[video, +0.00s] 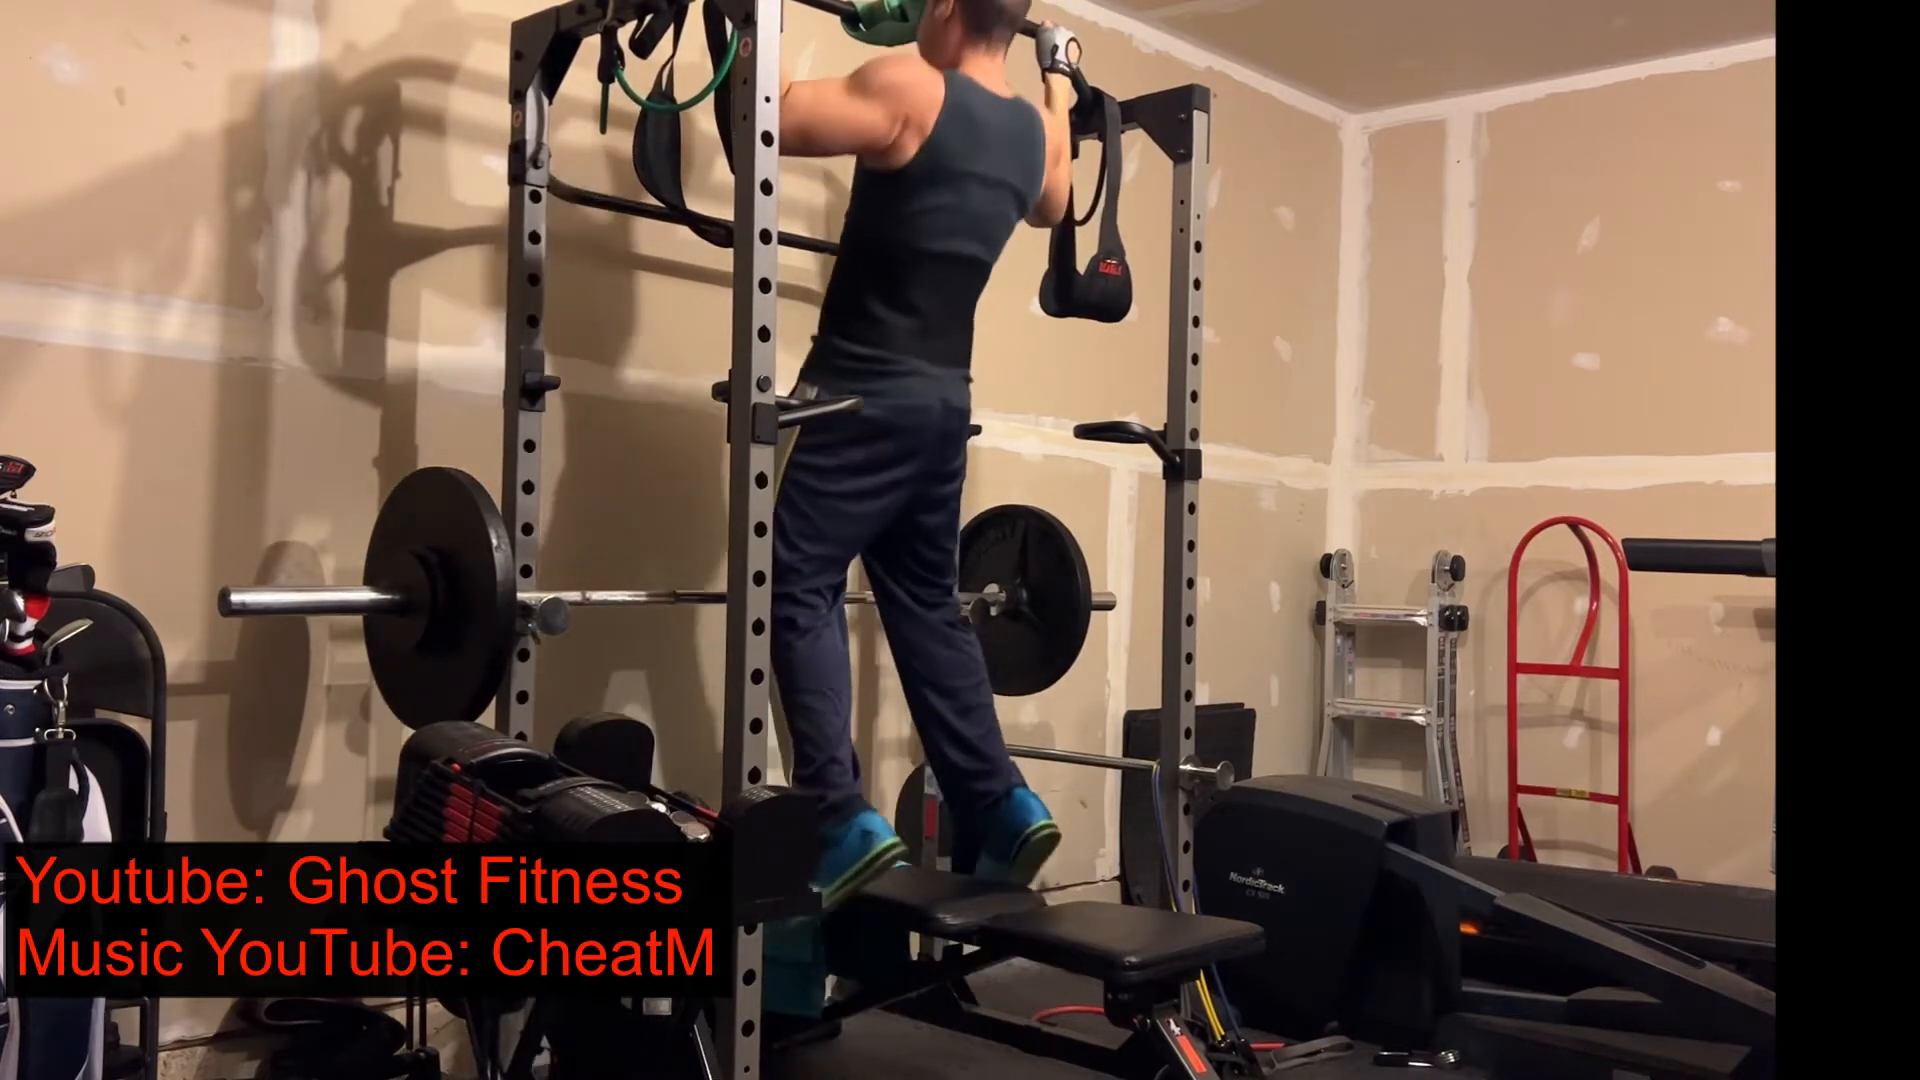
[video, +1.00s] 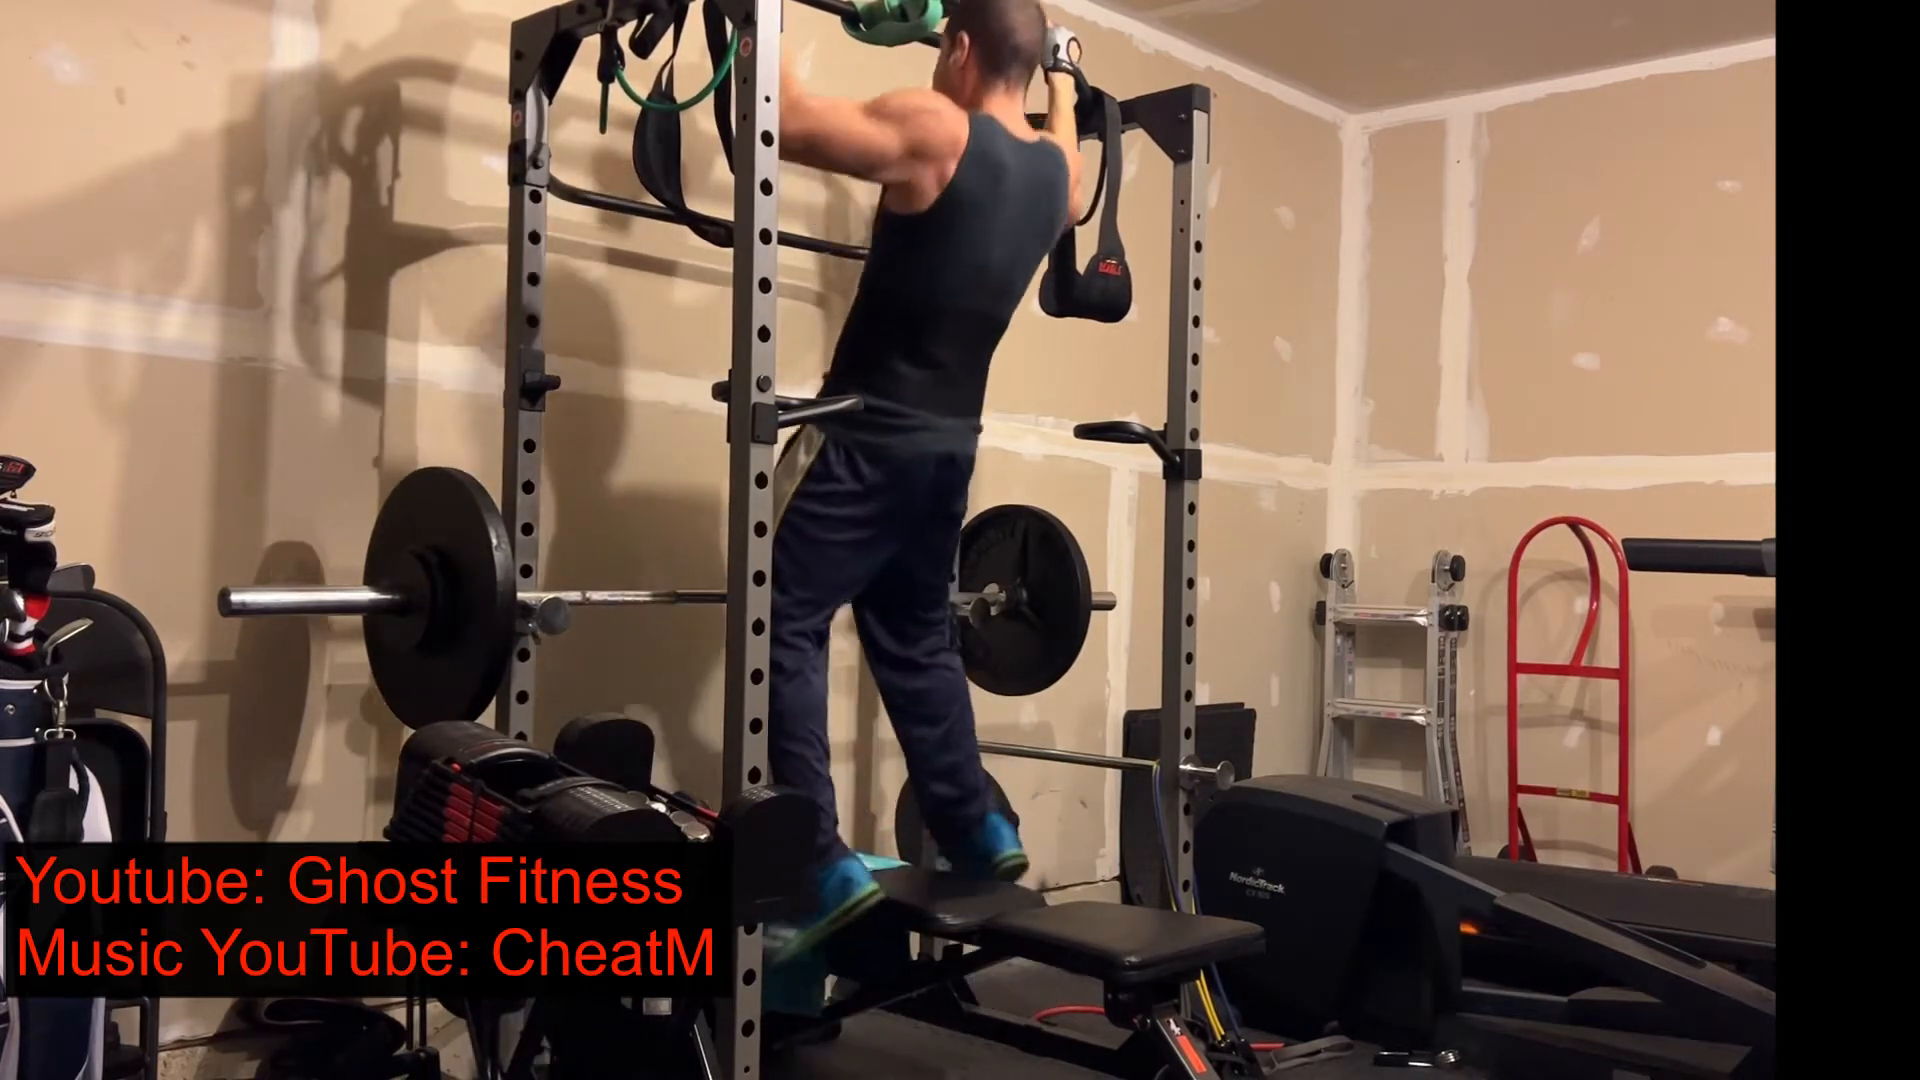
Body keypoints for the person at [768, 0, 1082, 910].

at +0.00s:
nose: (920, 17)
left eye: (927, 6)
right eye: (926, 7)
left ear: (947, 13)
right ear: (1013, 30)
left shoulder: (906, 86)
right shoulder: (1033, 130)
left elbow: (769, 117)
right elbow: (1056, 207)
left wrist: (748, 22)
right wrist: (1058, 95)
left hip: (861, 389)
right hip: (941, 400)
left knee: (799, 593)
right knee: (928, 608)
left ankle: (842, 820)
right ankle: (1002, 809)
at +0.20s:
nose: (909, 97)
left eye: (915, 83)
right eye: (918, 84)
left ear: (931, 92)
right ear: (1001, 113)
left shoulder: (901, 164)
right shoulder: (1019, 207)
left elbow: (771, 132)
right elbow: (1048, 183)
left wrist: (747, 46)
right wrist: (1056, 118)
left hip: (860, 471)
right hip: (933, 477)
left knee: (794, 672)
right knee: (918, 686)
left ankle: (834, 905)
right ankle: (997, 870)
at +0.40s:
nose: (901, 148)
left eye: (906, 138)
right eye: (908, 138)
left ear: (925, 147)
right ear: (999, 163)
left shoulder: (894, 214)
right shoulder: (1012, 254)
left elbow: (771, 141)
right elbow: (1047, 187)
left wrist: (748, 35)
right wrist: (1058, 96)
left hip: (856, 523)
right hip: (928, 526)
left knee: (792, 728)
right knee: (922, 739)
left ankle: (837, 960)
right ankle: (1007, 938)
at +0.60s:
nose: (905, 167)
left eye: (913, 154)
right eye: (916, 156)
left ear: (929, 164)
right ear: (998, 185)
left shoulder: (895, 235)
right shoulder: (1013, 270)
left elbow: (785, 140)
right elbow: (1045, 186)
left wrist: (761, 29)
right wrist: (1058, 94)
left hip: (852, 534)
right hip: (928, 538)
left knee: (795, 747)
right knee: (922, 752)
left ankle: (843, 977)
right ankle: (1009, 955)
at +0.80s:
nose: (919, 135)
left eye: (925, 124)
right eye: (927, 125)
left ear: (945, 130)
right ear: (1007, 149)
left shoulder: (907, 196)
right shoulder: (1026, 241)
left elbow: (784, 140)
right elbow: (1049, 181)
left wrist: (761, 30)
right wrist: (1057, 103)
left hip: (859, 510)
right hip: (931, 514)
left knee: (795, 711)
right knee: (918, 722)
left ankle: (841, 940)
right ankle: (997, 915)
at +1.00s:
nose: (939, 56)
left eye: (946, 40)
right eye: (947, 41)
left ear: (964, 51)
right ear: (1037, 66)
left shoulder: (928, 127)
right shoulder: (1053, 166)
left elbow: (786, 121)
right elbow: (1068, 193)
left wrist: (757, 18)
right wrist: (1043, 97)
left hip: (871, 437)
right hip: (947, 445)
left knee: (787, 619)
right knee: (913, 636)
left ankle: (810, 851)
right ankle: (975, 831)